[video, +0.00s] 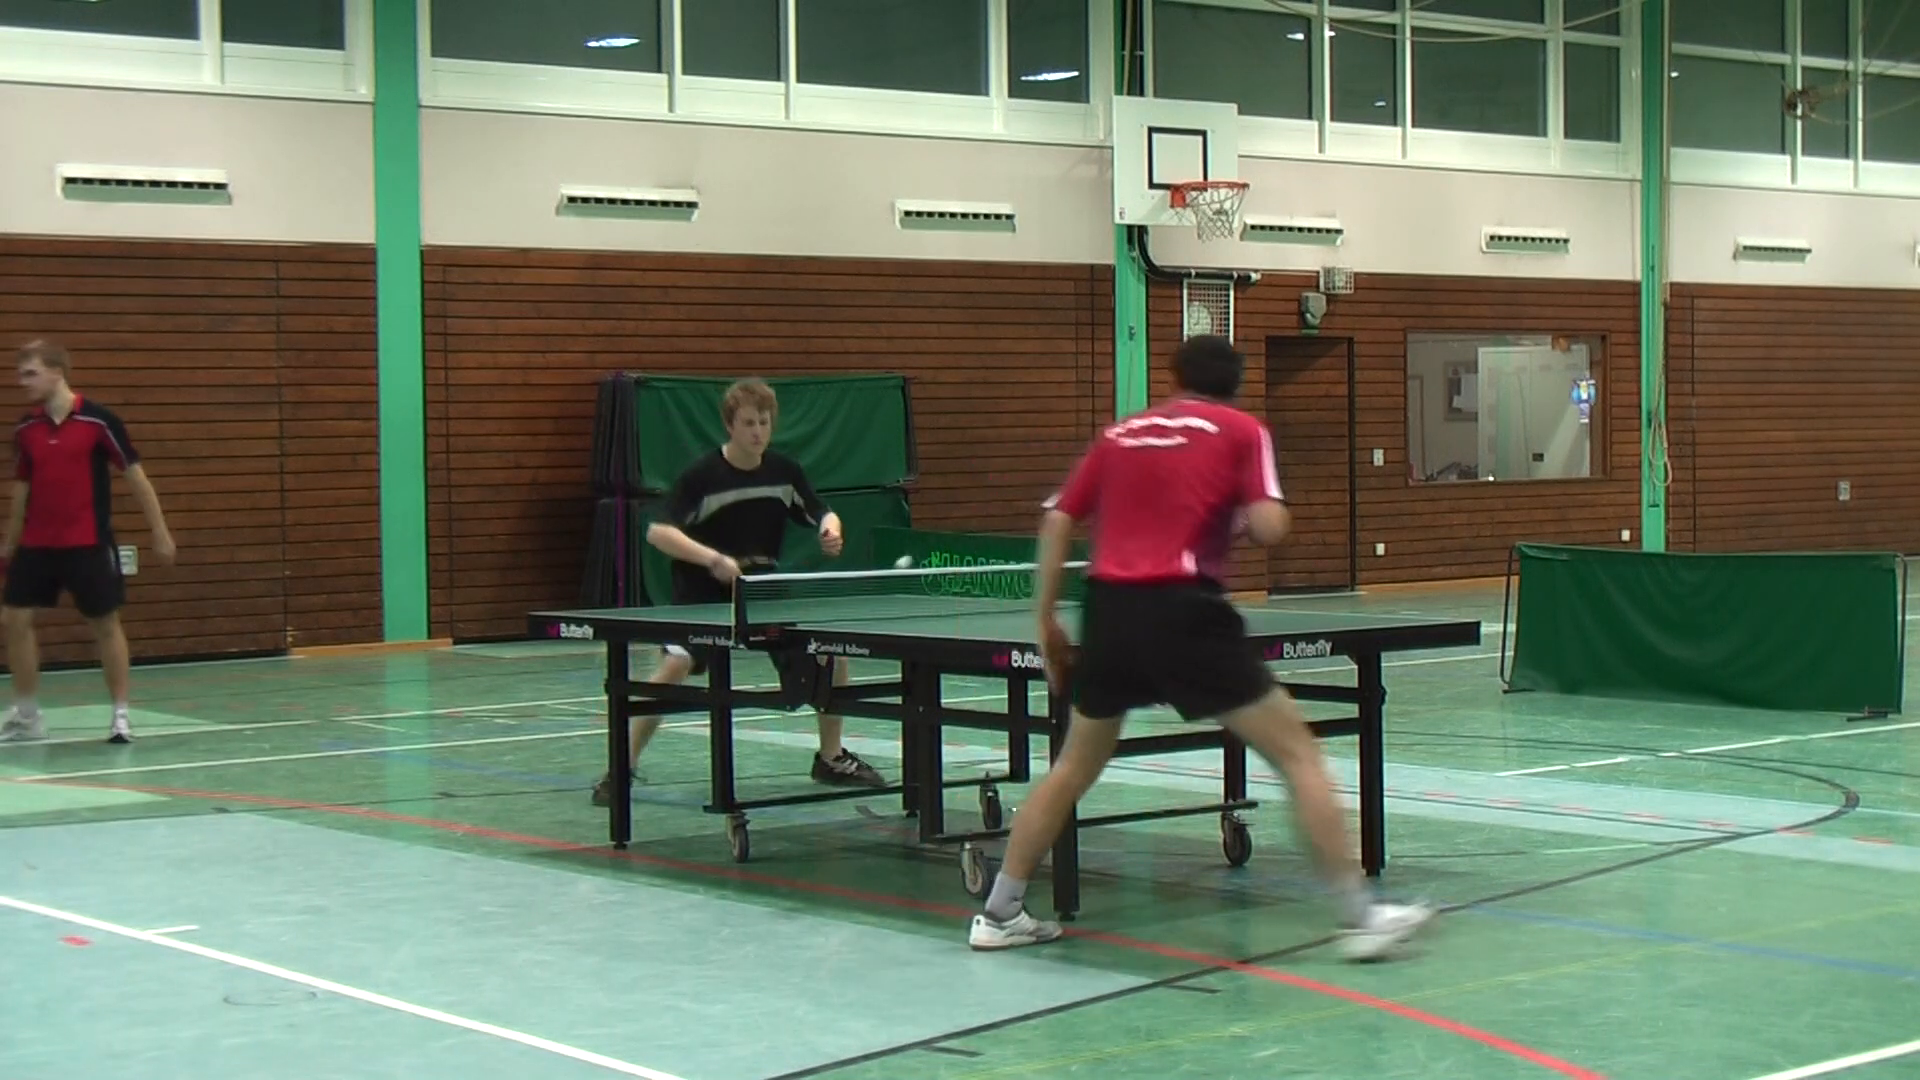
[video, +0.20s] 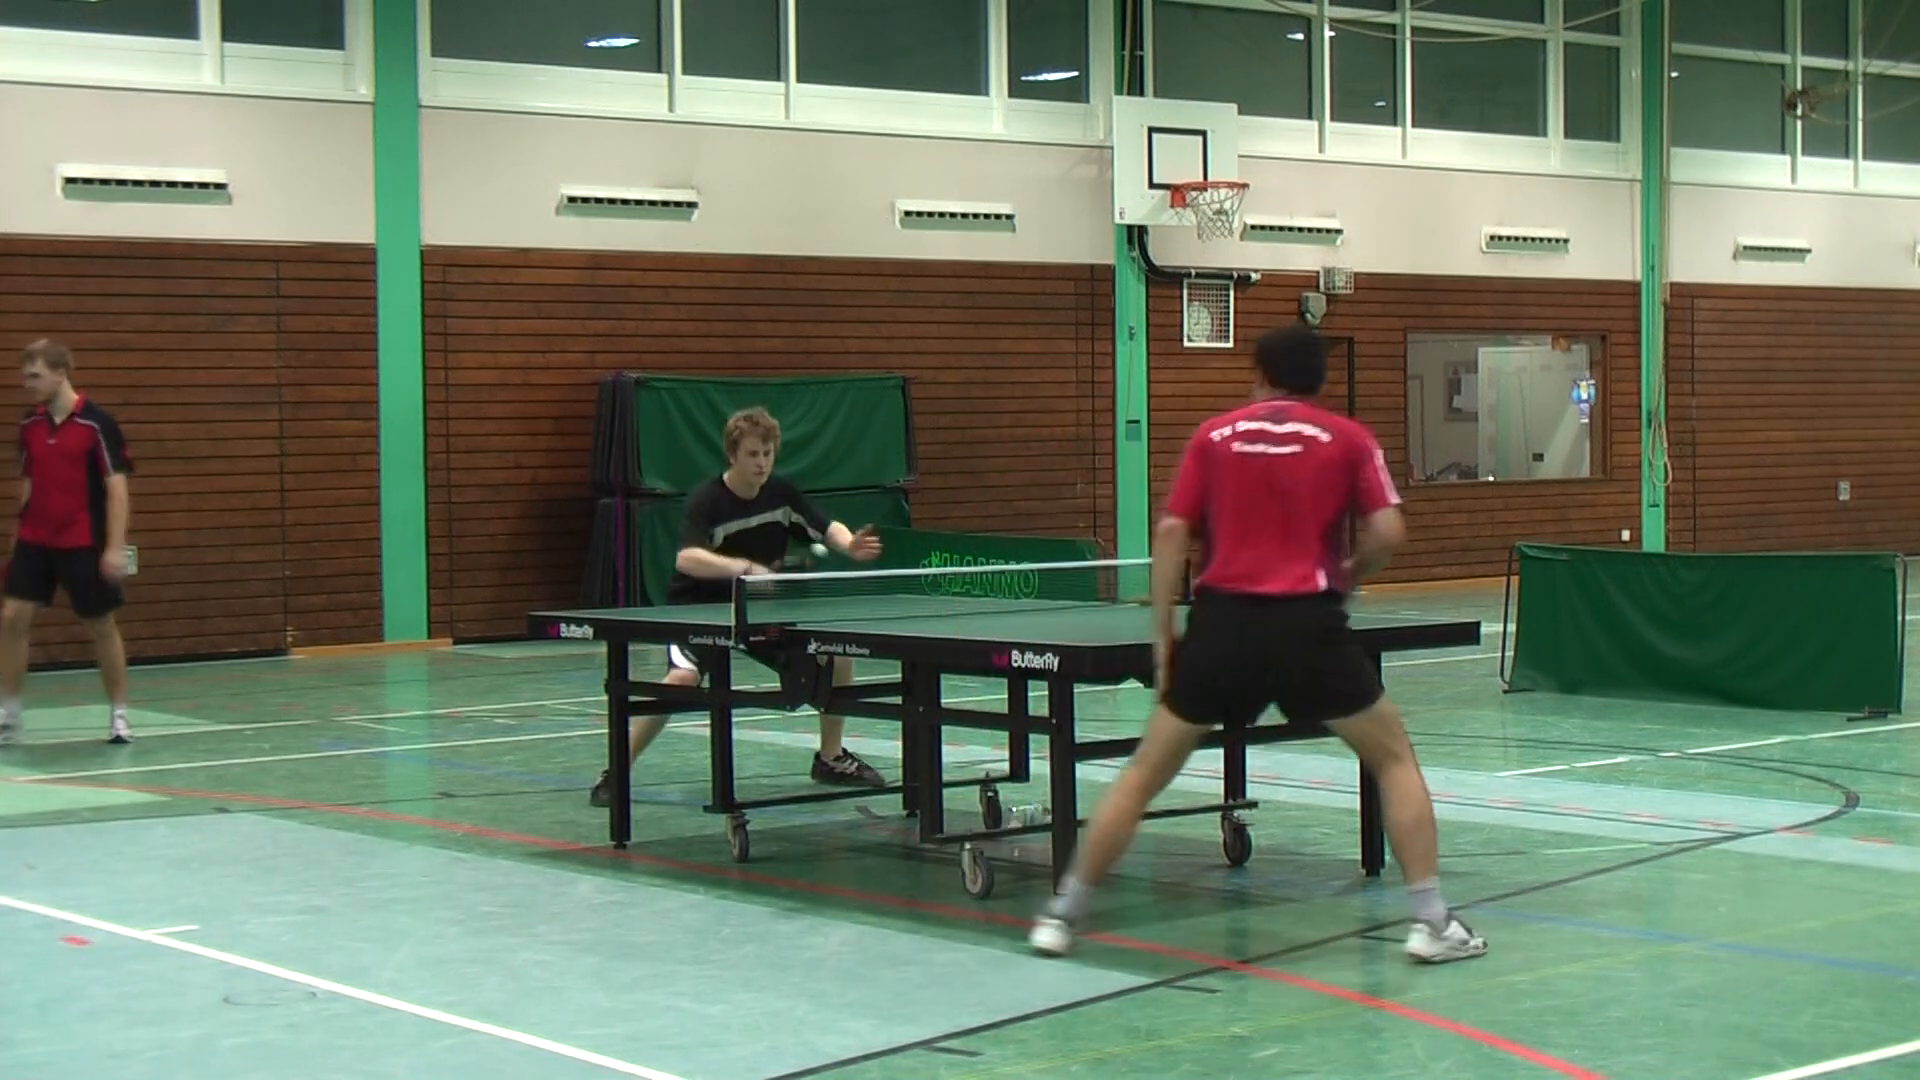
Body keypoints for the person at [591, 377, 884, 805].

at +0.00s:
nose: (758, 432)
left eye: (764, 423)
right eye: (748, 423)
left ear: (773, 424)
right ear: (729, 425)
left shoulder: (784, 471)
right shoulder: (703, 475)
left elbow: (822, 513)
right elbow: (659, 531)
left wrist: (831, 529)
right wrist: (711, 558)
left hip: (768, 598)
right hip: (705, 599)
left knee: (834, 652)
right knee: (676, 664)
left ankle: (831, 757)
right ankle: (622, 767)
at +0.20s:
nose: (762, 463)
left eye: (768, 454)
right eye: (753, 454)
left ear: (775, 455)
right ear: (732, 455)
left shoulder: (782, 495)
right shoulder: (707, 500)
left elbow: (826, 527)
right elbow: (686, 558)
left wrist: (850, 545)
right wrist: (743, 567)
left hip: (758, 609)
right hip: (697, 611)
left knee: (838, 655)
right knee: (683, 679)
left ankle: (831, 757)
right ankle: (617, 772)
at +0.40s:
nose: (751, 430)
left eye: (756, 421)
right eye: (742, 422)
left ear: (762, 424)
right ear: (720, 424)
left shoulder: (767, 471)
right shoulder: (701, 462)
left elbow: (811, 496)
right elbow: (679, 464)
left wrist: (856, 525)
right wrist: (682, 459)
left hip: (747, 601)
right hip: (689, 602)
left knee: (823, 652)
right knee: (686, 674)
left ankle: (831, 757)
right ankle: (619, 769)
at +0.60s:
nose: (730, 380)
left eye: (735, 373)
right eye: (720, 372)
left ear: (742, 378)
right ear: (698, 377)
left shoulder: (750, 431)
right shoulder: (670, 427)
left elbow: (786, 476)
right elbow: (623, 473)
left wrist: (816, 521)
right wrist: (646, 464)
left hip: (729, 563)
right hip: (667, 564)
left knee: (780, 641)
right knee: (635, 652)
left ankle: (770, 742)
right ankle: (595, 757)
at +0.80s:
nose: (690, 384)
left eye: (695, 376)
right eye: (680, 376)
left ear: (701, 380)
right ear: (657, 381)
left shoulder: (713, 436)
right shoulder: (632, 435)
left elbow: (750, 482)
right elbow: (584, 486)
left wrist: (765, 516)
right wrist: (617, 489)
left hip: (696, 574)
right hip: (633, 575)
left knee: (744, 650)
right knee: (592, 660)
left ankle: (760, 755)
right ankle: (544, 766)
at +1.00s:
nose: (629, 397)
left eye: (634, 388)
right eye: (619, 390)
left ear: (642, 390)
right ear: (599, 396)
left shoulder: (665, 442)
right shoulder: (582, 449)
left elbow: (705, 490)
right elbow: (542, 510)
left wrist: (698, 523)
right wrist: (568, 545)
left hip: (652, 577)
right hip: (591, 577)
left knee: (703, 655)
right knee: (537, 646)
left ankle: (709, 751)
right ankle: (483, 749)